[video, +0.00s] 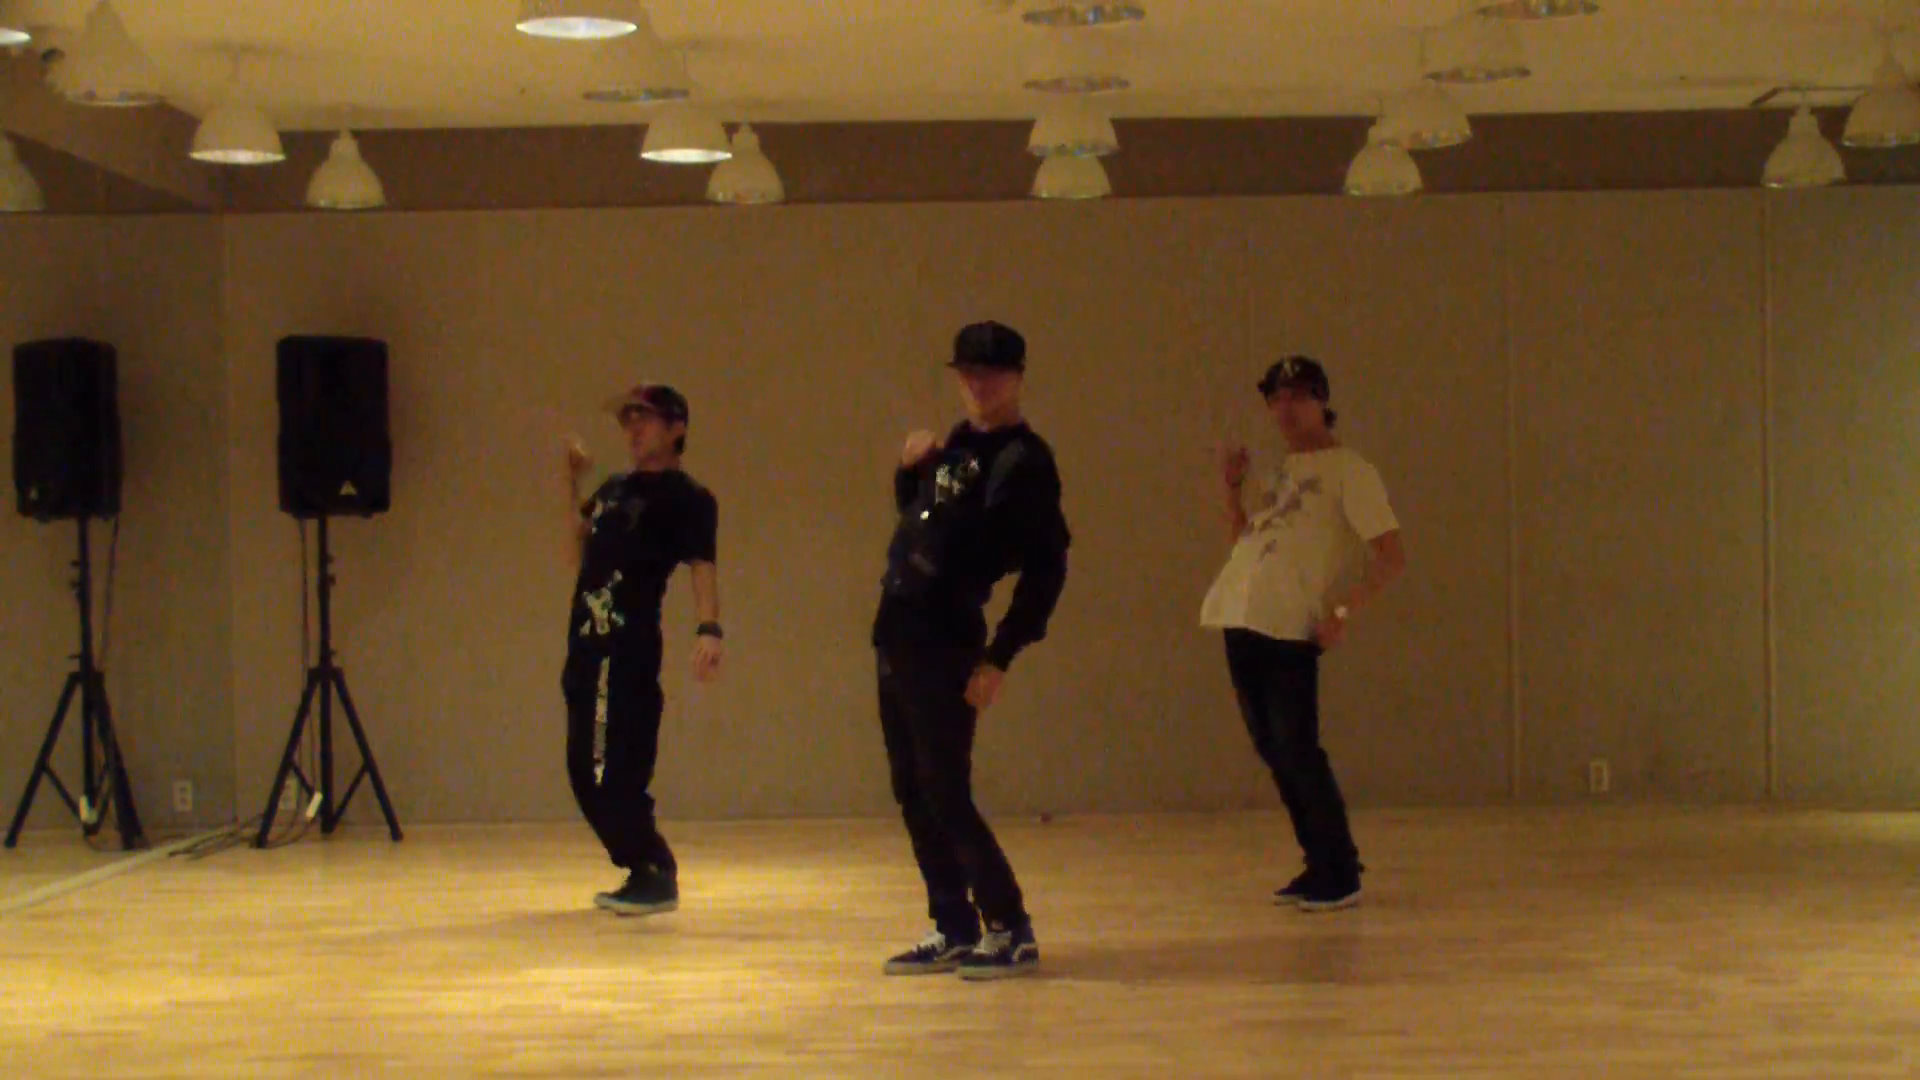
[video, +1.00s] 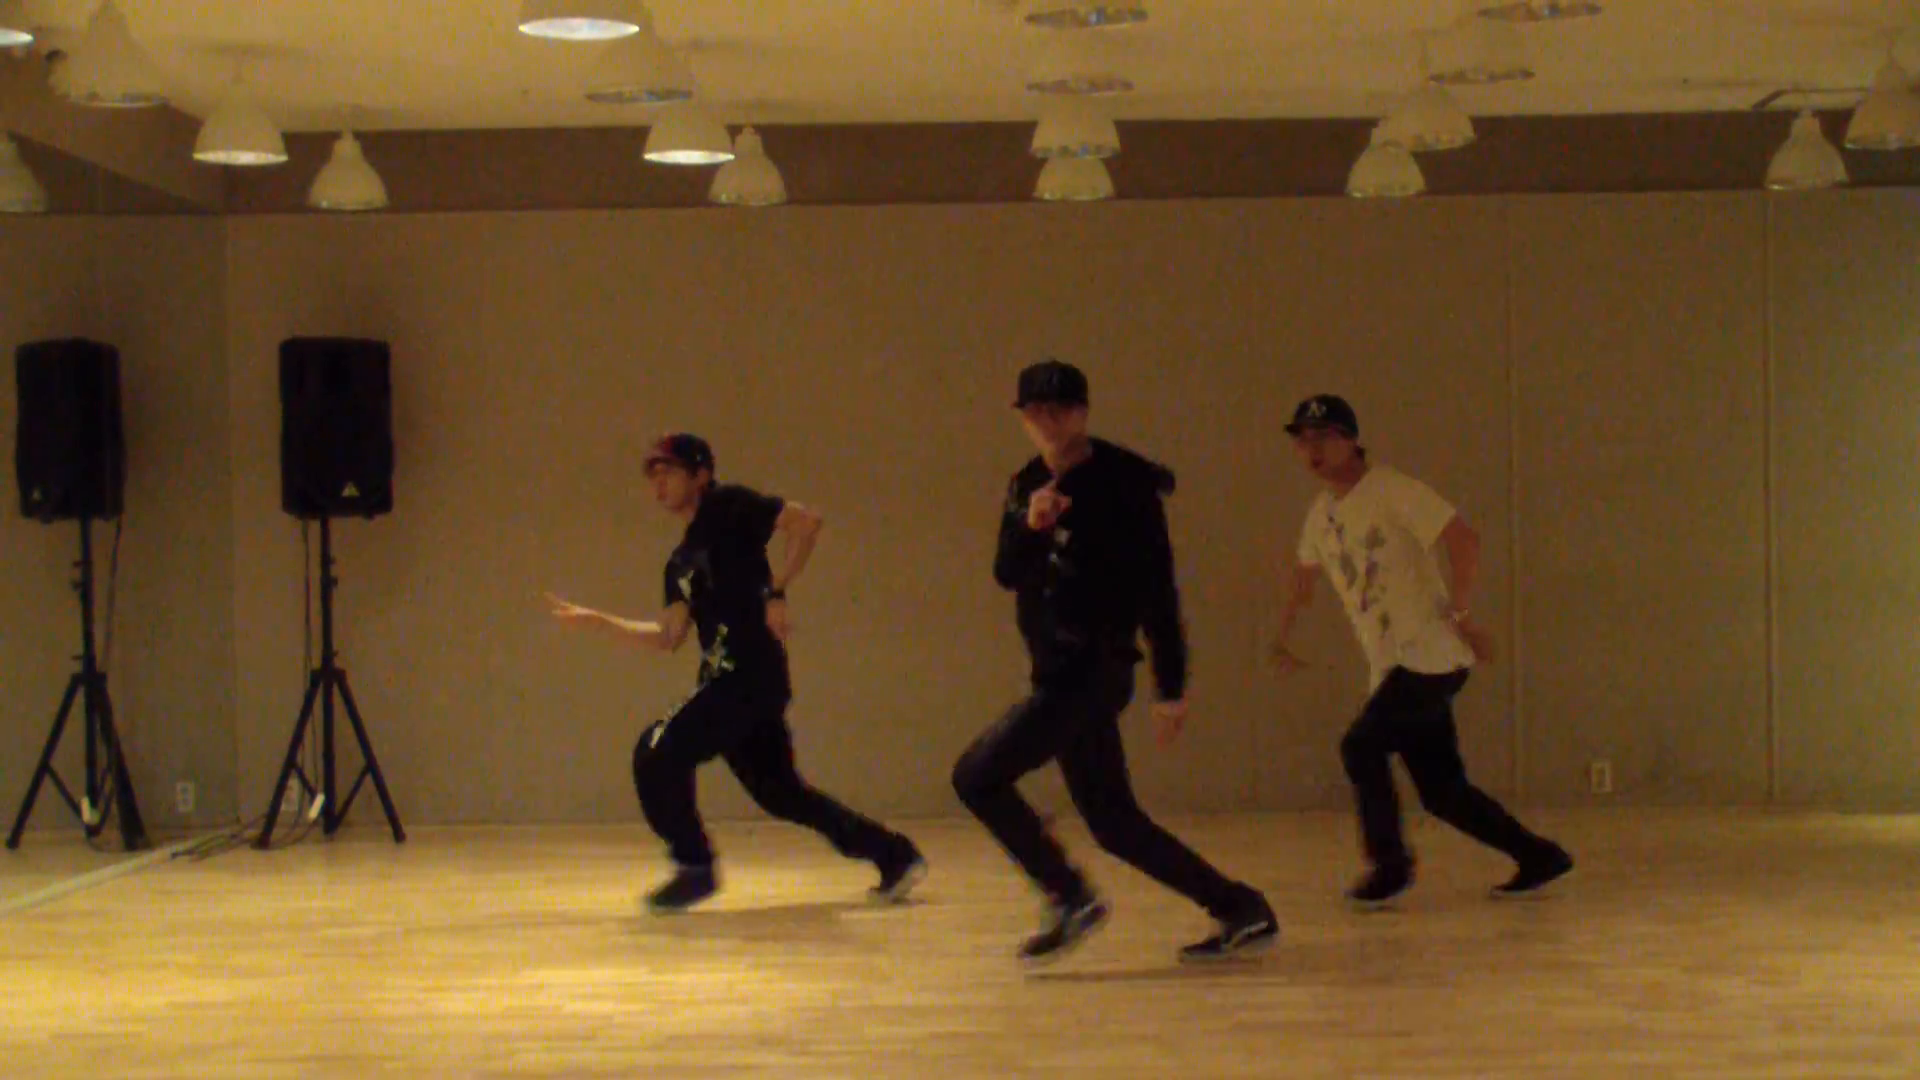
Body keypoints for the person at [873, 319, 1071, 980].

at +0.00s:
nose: (978, 387)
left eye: (991, 375)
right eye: (968, 375)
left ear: (1018, 377)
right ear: (957, 378)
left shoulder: (1028, 460)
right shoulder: (959, 443)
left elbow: (1047, 570)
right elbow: (917, 520)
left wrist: (998, 658)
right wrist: (909, 471)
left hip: (946, 640)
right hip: (900, 634)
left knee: (945, 792)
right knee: (914, 792)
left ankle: (1010, 929)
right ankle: (955, 931)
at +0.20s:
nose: (905, 451)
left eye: (912, 438)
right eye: (893, 442)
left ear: (935, 430)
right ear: (884, 446)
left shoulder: (1000, 487)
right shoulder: (925, 495)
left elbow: (1064, 575)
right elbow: (970, 560)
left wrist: (1063, 658)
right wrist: (941, 582)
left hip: (1025, 639)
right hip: (972, 624)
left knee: (976, 788)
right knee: (870, 665)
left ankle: (1012, 930)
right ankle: (932, 790)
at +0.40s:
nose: (894, 468)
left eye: (900, 455)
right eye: (888, 457)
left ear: (929, 453)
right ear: (900, 460)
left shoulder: (1005, 507)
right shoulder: (932, 507)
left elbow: (1070, 575)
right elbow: (973, 565)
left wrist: (1082, 663)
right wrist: (945, 579)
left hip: (1038, 653)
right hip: (983, 633)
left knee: (974, 788)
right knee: (885, 636)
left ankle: (1013, 932)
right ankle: (948, 758)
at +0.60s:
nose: (949, 432)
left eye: (955, 418)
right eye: (942, 422)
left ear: (985, 412)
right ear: (944, 425)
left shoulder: (1045, 450)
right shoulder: (972, 484)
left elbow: (1127, 449)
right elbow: (951, 531)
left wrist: (1093, 537)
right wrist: (892, 545)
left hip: (1055, 650)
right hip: (999, 640)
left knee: (976, 800)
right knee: (921, 739)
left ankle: (1011, 936)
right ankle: (857, 844)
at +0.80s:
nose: (996, 415)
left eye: (1007, 403)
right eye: (985, 406)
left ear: (1033, 406)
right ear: (975, 415)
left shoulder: (1080, 457)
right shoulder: (988, 487)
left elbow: (1174, 487)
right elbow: (990, 564)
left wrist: (1124, 568)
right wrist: (961, 573)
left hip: (1064, 660)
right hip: (1009, 656)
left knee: (965, 802)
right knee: (999, 778)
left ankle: (1010, 935)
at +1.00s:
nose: (1051, 423)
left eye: (1061, 410)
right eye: (1038, 413)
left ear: (1084, 412)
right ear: (1024, 420)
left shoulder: (1127, 481)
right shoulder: (1028, 484)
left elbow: (1157, 585)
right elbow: (1008, 574)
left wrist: (1171, 685)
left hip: (1097, 675)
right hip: (1061, 677)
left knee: (977, 777)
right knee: (1114, 823)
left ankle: (1070, 897)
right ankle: (1241, 908)